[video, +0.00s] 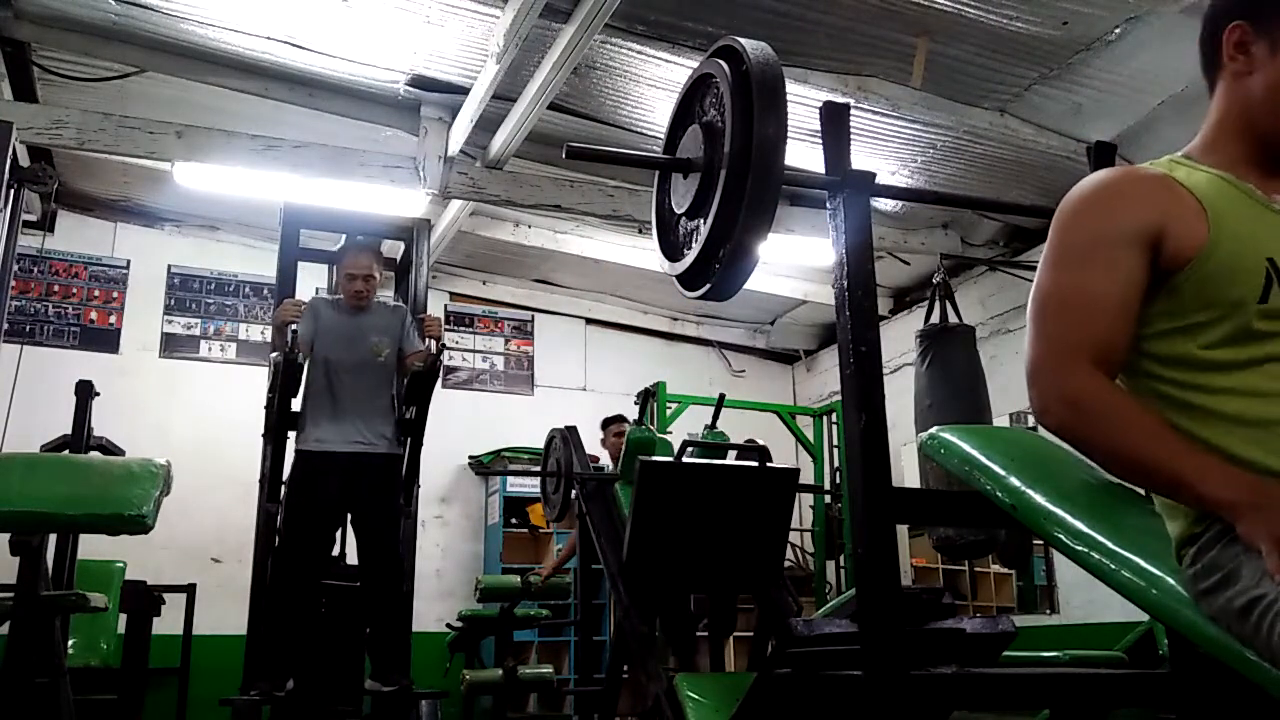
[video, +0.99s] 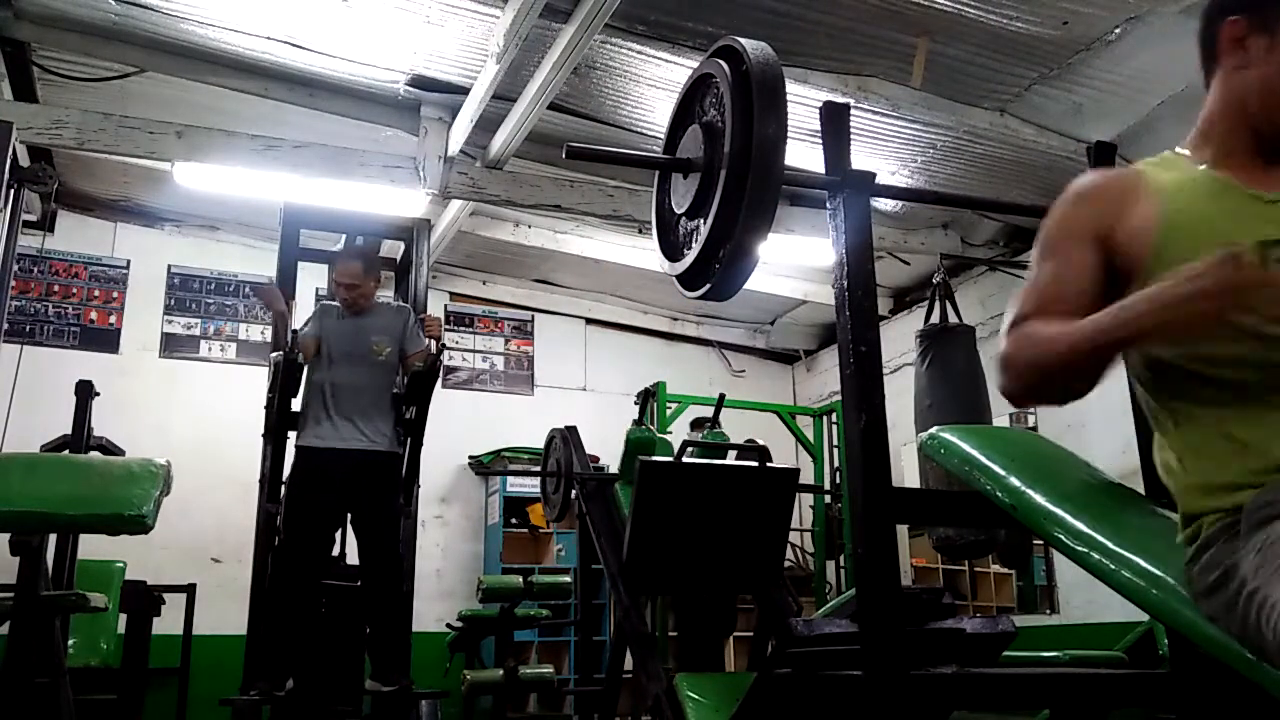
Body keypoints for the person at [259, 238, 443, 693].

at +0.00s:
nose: (359, 286)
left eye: (368, 278)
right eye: (351, 278)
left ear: (380, 278)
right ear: (338, 276)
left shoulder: (397, 315)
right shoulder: (316, 311)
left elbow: (415, 374)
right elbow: (289, 361)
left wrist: (430, 348)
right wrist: (279, 329)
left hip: (377, 456)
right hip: (318, 453)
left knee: (383, 570)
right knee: (296, 565)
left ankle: (386, 672)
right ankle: (279, 672)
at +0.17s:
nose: (361, 286)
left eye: (369, 278)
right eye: (353, 278)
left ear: (382, 279)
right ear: (339, 277)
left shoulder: (400, 316)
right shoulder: (318, 312)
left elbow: (418, 381)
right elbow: (293, 365)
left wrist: (432, 348)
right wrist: (282, 330)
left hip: (378, 456)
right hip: (319, 453)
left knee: (383, 570)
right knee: (296, 564)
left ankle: (386, 671)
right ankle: (282, 671)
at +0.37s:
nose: (356, 289)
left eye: (365, 281)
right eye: (348, 281)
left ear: (378, 281)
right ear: (335, 278)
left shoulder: (394, 320)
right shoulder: (313, 315)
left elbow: (418, 376)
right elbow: (286, 356)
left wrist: (431, 349)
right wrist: (280, 328)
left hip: (378, 458)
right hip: (319, 457)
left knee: (383, 570)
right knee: (301, 566)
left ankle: (386, 671)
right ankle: (285, 672)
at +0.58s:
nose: (345, 294)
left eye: (354, 287)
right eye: (339, 285)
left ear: (375, 282)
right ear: (330, 278)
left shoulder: (395, 317)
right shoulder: (316, 316)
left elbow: (415, 372)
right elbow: (288, 355)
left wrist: (429, 349)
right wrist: (280, 327)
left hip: (376, 456)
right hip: (317, 455)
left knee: (383, 570)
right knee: (297, 565)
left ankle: (386, 671)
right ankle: (281, 672)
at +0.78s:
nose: (342, 296)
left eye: (351, 289)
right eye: (336, 288)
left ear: (373, 283)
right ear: (331, 280)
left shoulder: (399, 316)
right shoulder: (322, 312)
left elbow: (418, 375)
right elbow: (286, 347)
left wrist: (433, 345)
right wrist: (276, 305)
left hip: (376, 456)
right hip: (318, 453)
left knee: (383, 570)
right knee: (297, 564)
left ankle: (387, 672)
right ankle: (278, 672)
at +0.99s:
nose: (343, 295)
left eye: (352, 287)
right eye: (337, 286)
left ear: (375, 282)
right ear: (332, 280)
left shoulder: (401, 317)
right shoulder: (324, 314)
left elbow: (417, 373)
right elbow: (298, 353)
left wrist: (433, 345)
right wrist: (282, 317)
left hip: (377, 455)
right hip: (319, 452)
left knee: (383, 570)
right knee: (296, 565)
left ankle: (388, 672)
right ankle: (276, 672)